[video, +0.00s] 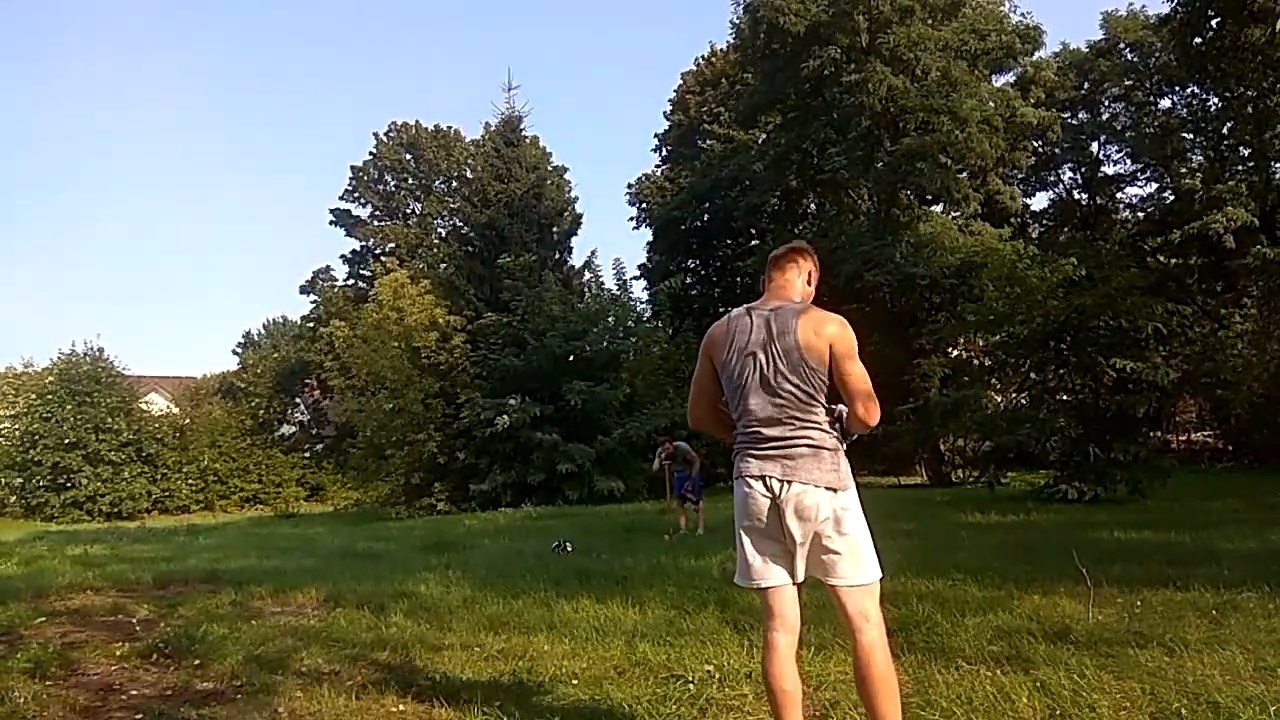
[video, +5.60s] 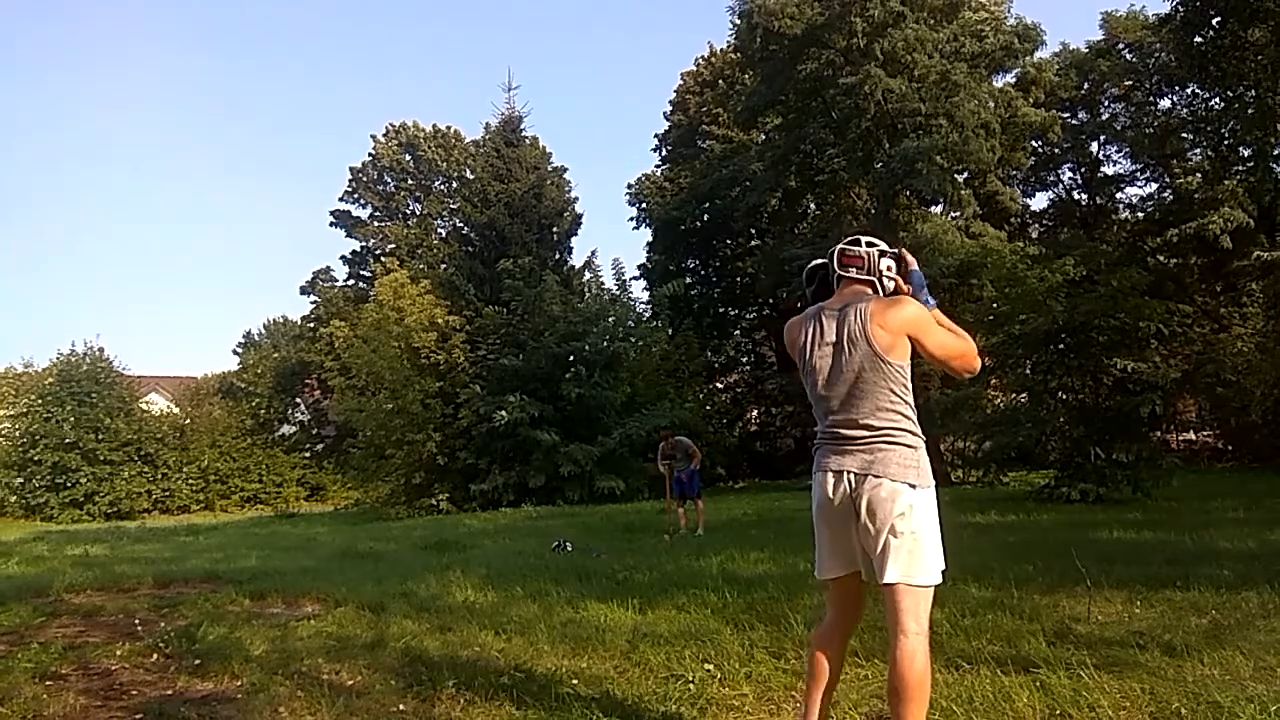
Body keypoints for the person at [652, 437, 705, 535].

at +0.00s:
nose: (666, 451)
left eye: (668, 448)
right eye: (664, 450)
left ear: (672, 445)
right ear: (662, 449)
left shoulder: (682, 447)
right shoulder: (661, 452)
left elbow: (696, 461)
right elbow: (655, 468)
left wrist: (692, 479)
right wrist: (660, 459)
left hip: (691, 472)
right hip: (678, 474)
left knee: (697, 501)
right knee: (679, 501)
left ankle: (700, 527)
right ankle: (683, 528)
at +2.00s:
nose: (666, 452)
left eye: (668, 449)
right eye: (664, 450)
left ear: (671, 445)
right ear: (661, 449)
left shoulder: (682, 447)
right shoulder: (660, 451)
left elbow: (696, 462)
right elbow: (650, 466)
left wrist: (692, 480)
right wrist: (659, 458)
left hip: (690, 473)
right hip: (677, 474)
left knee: (697, 501)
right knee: (679, 502)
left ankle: (700, 527)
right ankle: (683, 528)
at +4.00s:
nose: (668, 452)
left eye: (669, 449)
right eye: (665, 450)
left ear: (673, 446)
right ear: (662, 449)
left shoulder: (683, 447)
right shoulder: (661, 451)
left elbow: (697, 462)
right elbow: (653, 467)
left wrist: (692, 480)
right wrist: (659, 460)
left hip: (690, 472)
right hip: (677, 474)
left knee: (697, 501)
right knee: (679, 502)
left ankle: (700, 528)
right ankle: (683, 528)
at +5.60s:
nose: (669, 444)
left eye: (670, 442)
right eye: (666, 443)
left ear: (673, 438)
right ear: (663, 442)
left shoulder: (683, 442)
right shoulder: (662, 447)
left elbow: (697, 455)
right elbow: (660, 462)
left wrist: (690, 470)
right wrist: (664, 470)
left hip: (690, 471)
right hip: (677, 473)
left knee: (696, 499)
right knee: (679, 502)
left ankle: (700, 527)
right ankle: (683, 528)